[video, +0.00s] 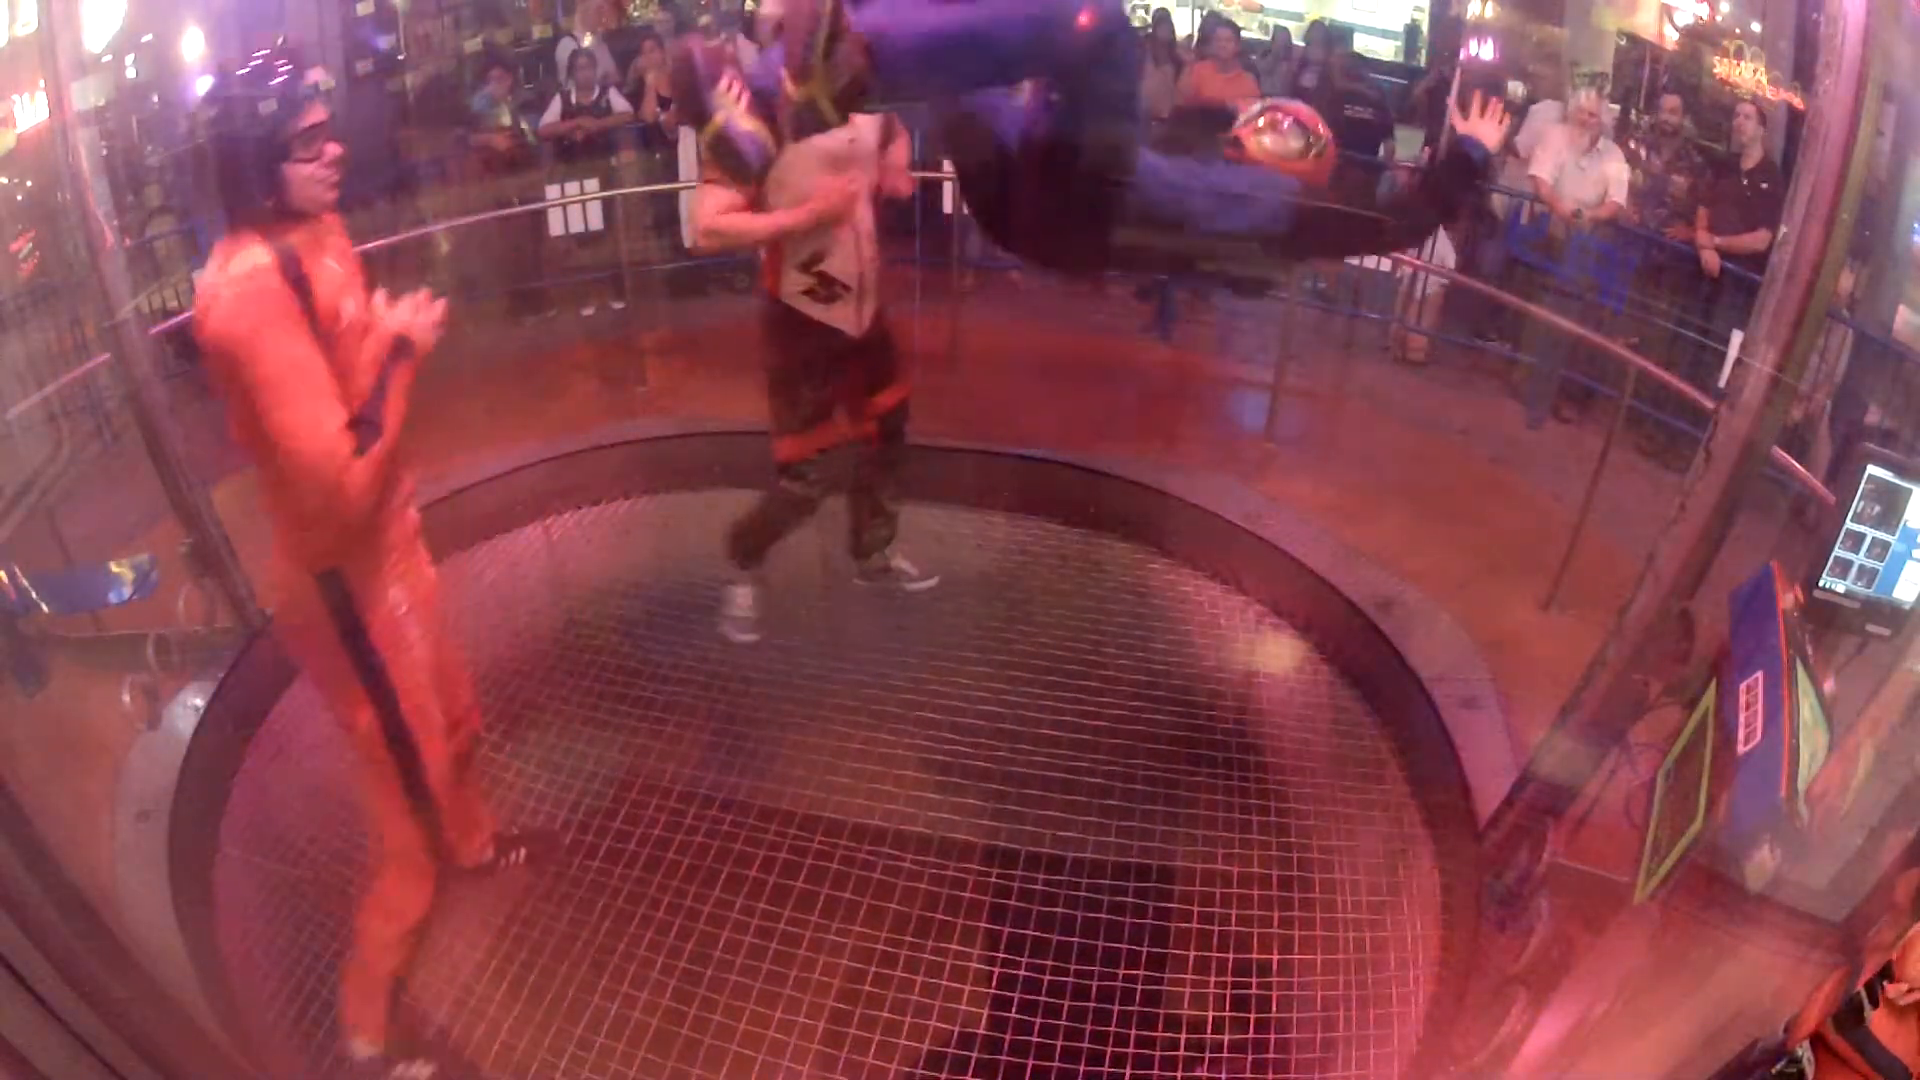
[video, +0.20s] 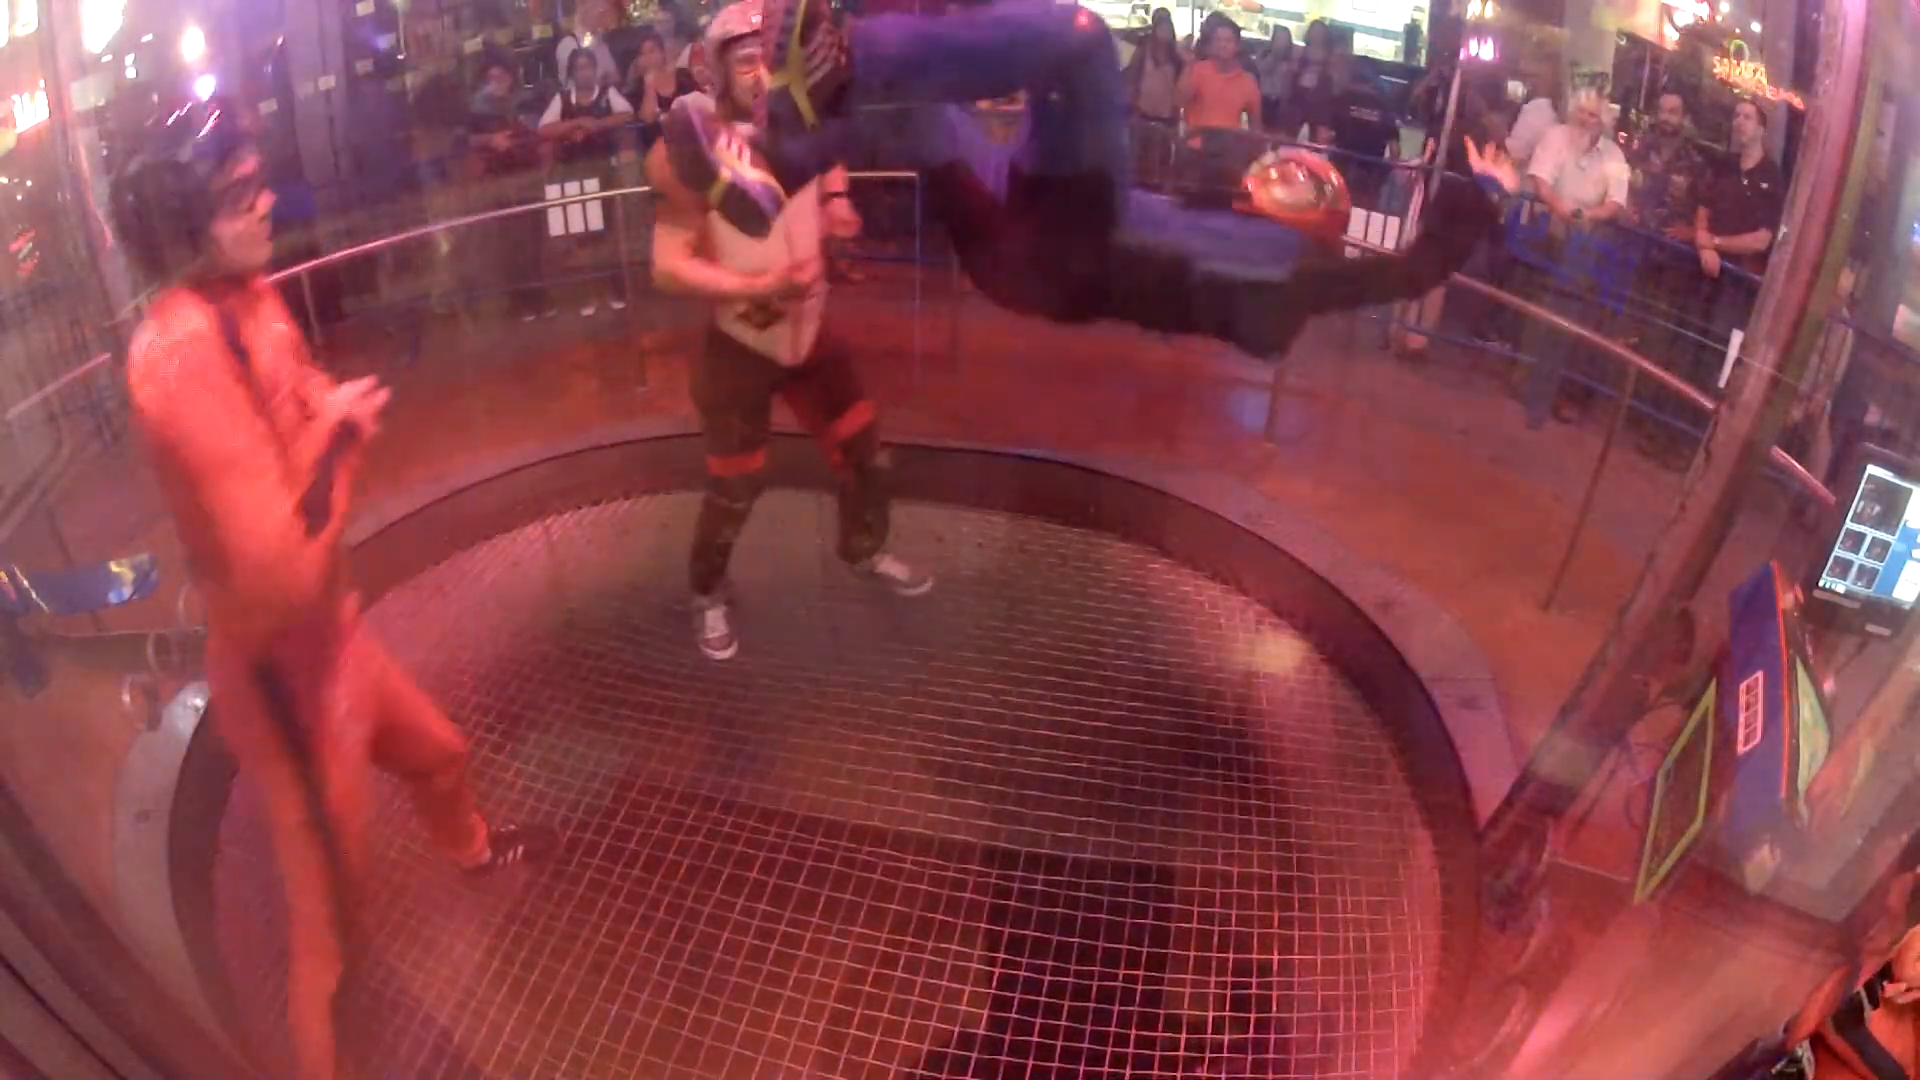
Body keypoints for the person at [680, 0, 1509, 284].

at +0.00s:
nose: (1286, 138)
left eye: (1302, 144)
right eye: (1281, 130)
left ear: (1318, 177)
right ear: (1264, 140)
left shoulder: (1283, 218)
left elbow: (1400, 225)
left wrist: (1470, 157)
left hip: (1084, 210)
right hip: (1031, 188)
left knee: (1098, 33)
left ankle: (860, 60)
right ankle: (853, 65)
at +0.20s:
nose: (1286, 175)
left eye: (1307, 185)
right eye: (1287, 168)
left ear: (1324, 227)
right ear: (1267, 179)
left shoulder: (1279, 274)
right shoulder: (1210, 212)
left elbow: (1412, 267)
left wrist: (1456, 207)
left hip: (1069, 260)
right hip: (1013, 242)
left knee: (1079, 38)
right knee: (924, 106)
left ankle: (856, 47)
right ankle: (785, 154)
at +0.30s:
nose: (1296, 204)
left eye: (1318, 216)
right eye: (1301, 197)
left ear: (1327, 258)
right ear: (1275, 205)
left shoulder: (1295, 309)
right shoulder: (1226, 244)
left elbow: (1433, 299)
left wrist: (1493, 227)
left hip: (1064, 288)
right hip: (1026, 256)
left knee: (1085, 57)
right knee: (917, 115)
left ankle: (868, 69)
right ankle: (791, 181)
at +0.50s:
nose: (1327, 259)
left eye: (1353, 269)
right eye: (1332, 249)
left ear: (1374, 320)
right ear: (1305, 259)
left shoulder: (1333, 377)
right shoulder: (1249, 301)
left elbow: (1481, 384)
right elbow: (1153, 281)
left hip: (1097, 356)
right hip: (1043, 325)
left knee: (1116, 115)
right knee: (934, 175)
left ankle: (878, 136)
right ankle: (798, 259)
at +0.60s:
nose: (1366, 288)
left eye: (1390, 298)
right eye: (1366, 276)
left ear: (1396, 345)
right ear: (1339, 279)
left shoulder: (1353, 400)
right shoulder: (1268, 308)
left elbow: (1497, 428)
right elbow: (1184, 263)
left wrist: (1567, 385)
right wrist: (1320, 248)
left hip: (1128, 390)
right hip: (1069, 347)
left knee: (1154, 154)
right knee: (968, 206)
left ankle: (910, 216)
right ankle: (856, 273)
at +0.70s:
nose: (1389, 313)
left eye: (1410, 322)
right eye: (1388, 299)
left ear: (1414, 363)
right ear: (1356, 298)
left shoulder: (1366, 414)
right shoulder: (1281, 311)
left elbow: (1503, 446)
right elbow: (1238, 251)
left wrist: (1584, 403)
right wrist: (1346, 250)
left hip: (1147, 428)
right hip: (1089, 363)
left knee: (1182, 224)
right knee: (968, 203)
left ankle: (936, 321)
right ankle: (876, 358)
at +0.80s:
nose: (1399, 330)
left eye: (1425, 338)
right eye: (1396, 313)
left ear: (1438, 379)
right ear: (1366, 312)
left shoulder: (1392, 434)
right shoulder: (1293, 331)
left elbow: (1528, 461)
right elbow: (1231, 251)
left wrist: (1591, 397)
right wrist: (1353, 259)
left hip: (1169, 459)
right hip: (1109, 394)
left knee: (1228, 267)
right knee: (983, 220)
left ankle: (983, 401)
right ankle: (907, 390)